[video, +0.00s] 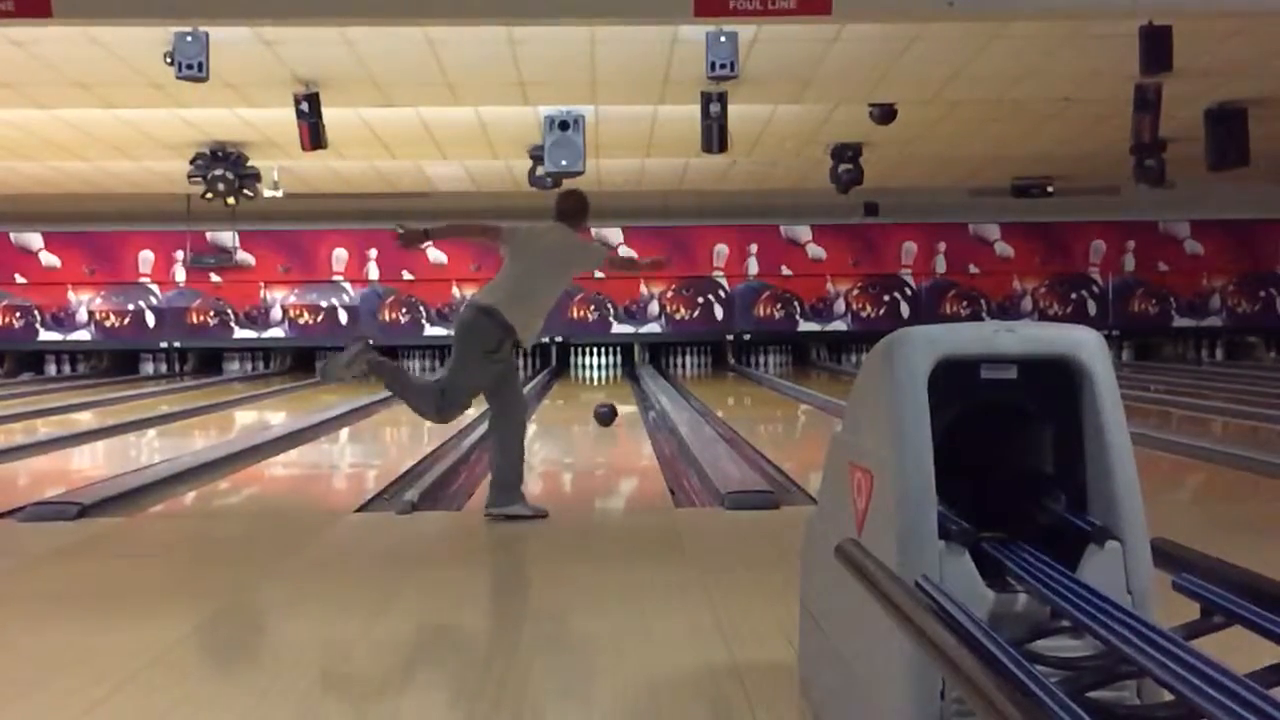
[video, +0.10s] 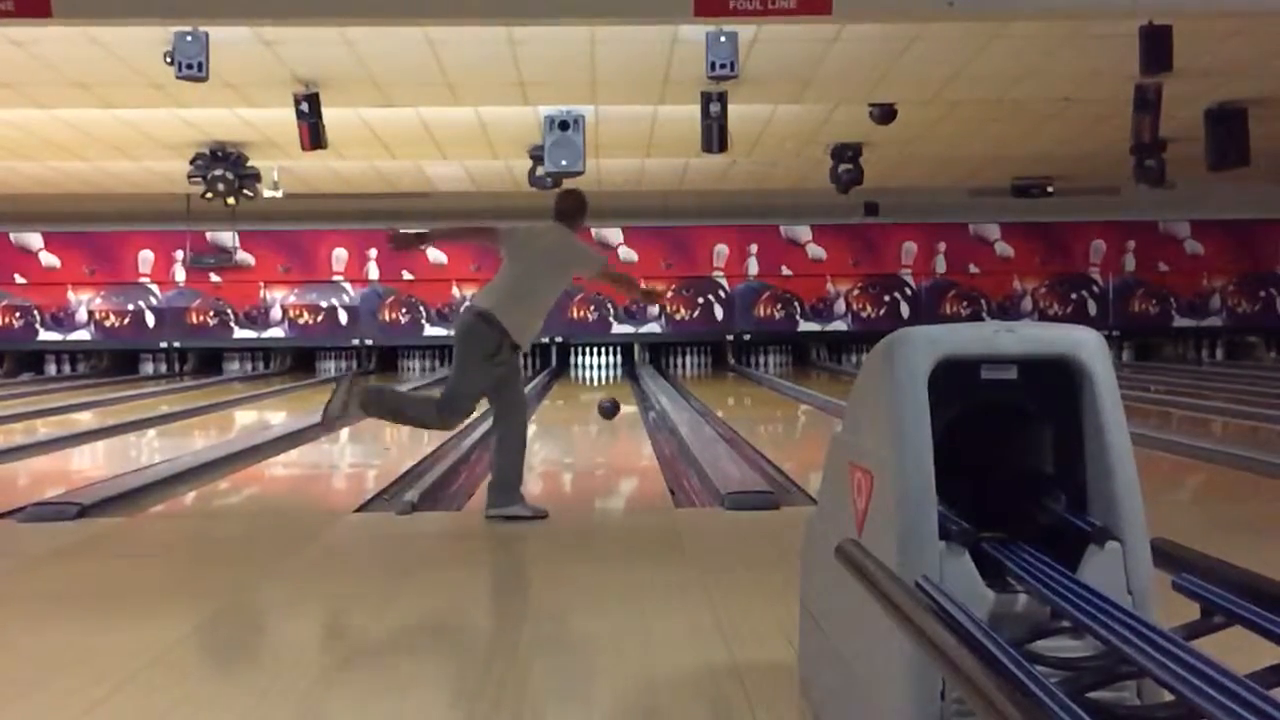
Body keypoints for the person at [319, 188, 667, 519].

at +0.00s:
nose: (587, 229)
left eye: (582, 222)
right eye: (587, 224)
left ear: (555, 214)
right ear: (584, 222)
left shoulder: (526, 232)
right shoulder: (577, 246)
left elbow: (477, 230)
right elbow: (620, 263)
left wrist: (426, 235)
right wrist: (650, 264)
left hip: (486, 330)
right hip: (489, 329)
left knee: (511, 415)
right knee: (442, 405)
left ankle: (505, 500)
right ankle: (374, 364)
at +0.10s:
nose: (583, 226)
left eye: (578, 218)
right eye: (584, 220)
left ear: (553, 211)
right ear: (581, 220)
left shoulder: (524, 231)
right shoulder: (573, 248)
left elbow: (475, 230)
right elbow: (617, 281)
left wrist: (422, 238)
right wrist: (645, 292)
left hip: (499, 343)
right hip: (483, 331)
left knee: (513, 417)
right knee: (449, 413)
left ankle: (505, 501)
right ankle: (361, 395)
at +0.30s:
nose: (584, 220)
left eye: (578, 211)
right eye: (584, 214)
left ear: (553, 208)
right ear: (581, 215)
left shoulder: (524, 228)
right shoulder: (576, 251)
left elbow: (468, 232)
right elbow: (606, 300)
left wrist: (417, 248)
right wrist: (631, 336)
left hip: (498, 341)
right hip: (484, 335)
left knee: (514, 415)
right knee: (456, 417)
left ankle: (504, 500)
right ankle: (368, 443)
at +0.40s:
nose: (583, 221)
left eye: (580, 213)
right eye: (583, 215)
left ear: (552, 207)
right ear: (579, 215)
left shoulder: (523, 227)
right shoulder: (575, 251)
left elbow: (467, 233)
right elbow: (597, 304)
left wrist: (417, 248)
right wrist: (615, 346)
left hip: (497, 340)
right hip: (485, 335)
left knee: (512, 417)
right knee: (457, 416)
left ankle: (504, 501)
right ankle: (373, 452)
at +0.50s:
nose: (580, 217)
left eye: (572, 209)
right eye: (581, 211)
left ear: (550, 205)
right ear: (579, 212)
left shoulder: (523, 226)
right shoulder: (574, 252)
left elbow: (465, 234)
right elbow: (585, 313)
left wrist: (416, 249)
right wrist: (595, 354)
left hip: (500, 341)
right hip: (487, 335)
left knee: (513, 418)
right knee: (459, 414)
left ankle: (505, 500)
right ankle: (379, 463)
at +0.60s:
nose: (577, 215)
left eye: (573, 205)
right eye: (579, 208)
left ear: (550, 201)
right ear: (578, 209)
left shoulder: (525, 222)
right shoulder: (563, 241)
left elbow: (469, 234)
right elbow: (568, 304)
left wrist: (422, 250)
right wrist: (571, 359)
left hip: (498, 336)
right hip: (490, 333)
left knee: (514, 419)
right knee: (459, 417)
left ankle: (505, 501)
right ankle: (390, 481)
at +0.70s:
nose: (576, 213)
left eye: (574, 205)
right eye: (578, 207)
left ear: (548, 199)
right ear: (576, 207)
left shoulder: (523, 220)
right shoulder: (559, 239)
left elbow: (472, 235)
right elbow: (545, 299)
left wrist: (426, 254)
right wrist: (544, 361)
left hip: (498, 336)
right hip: (489, 332)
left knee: (518, 416)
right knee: (461, 415)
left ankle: (505, 500)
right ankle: (393, 484)